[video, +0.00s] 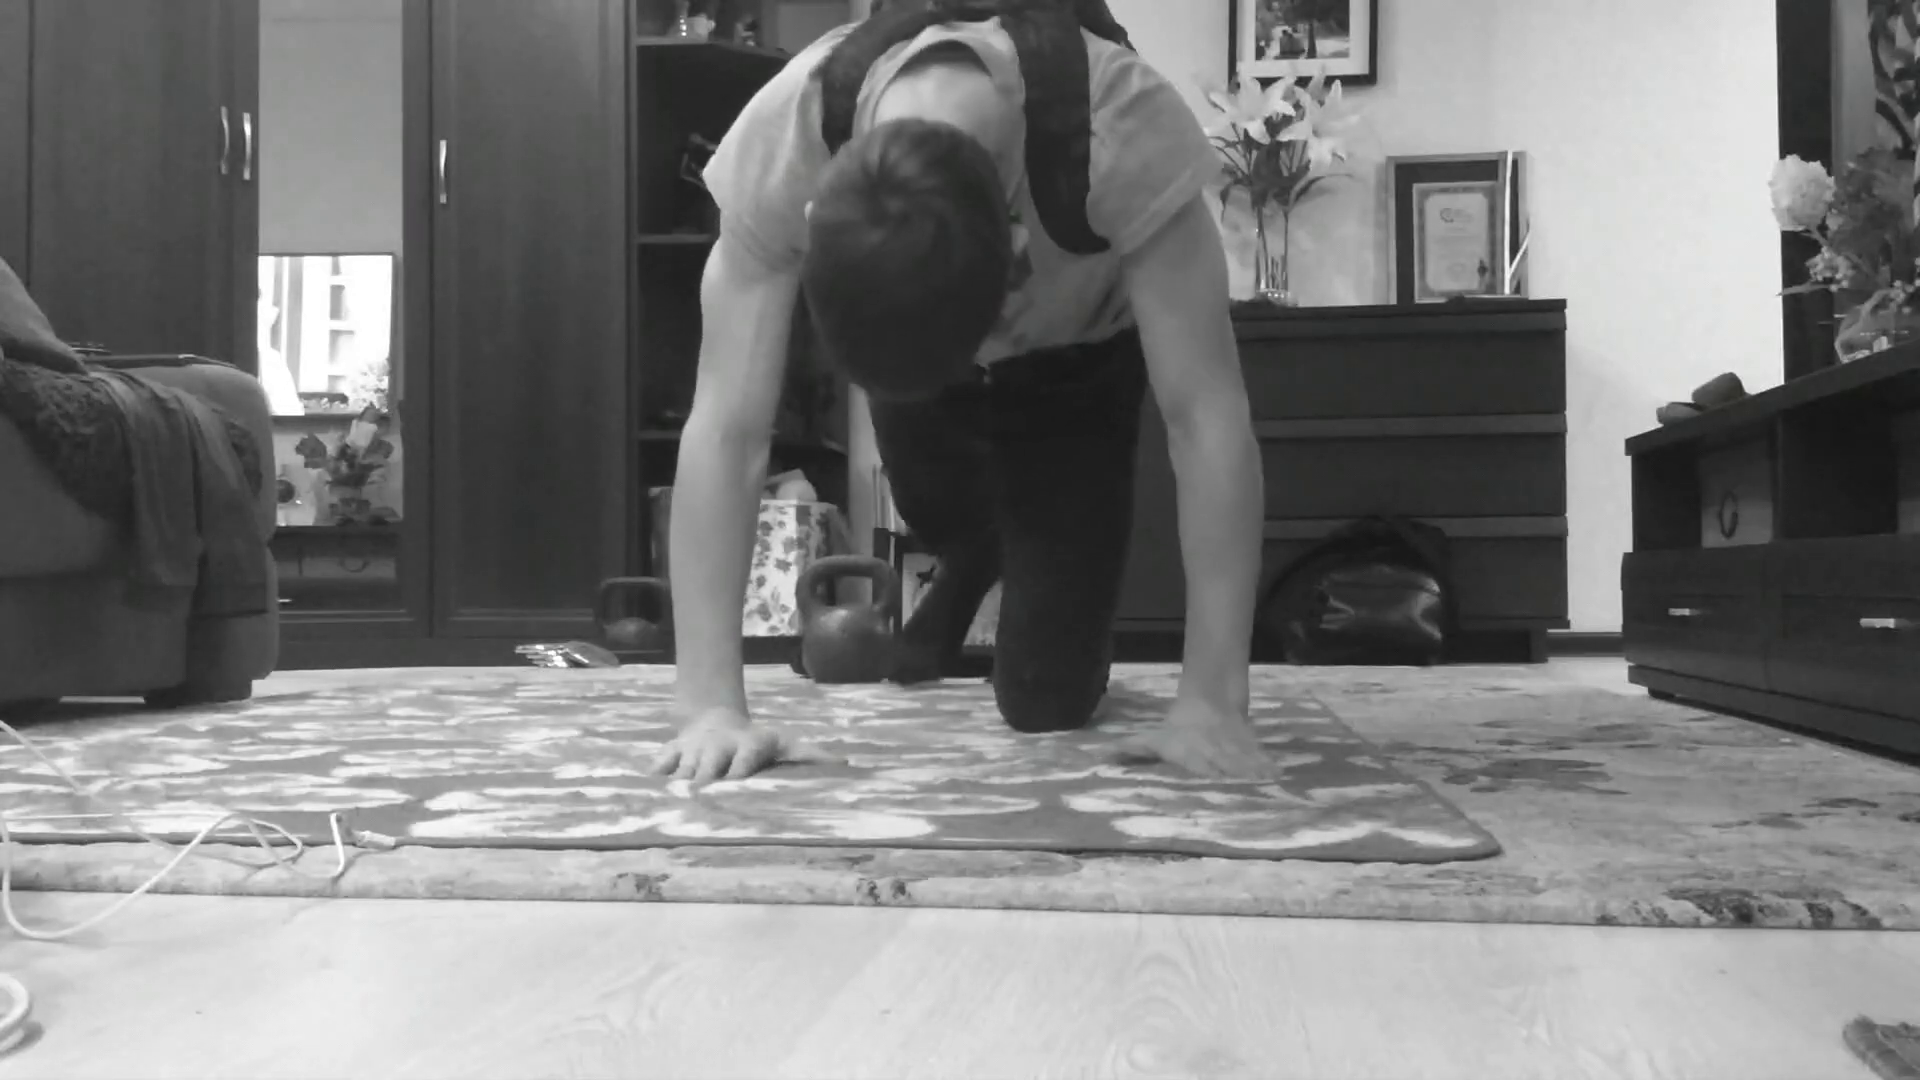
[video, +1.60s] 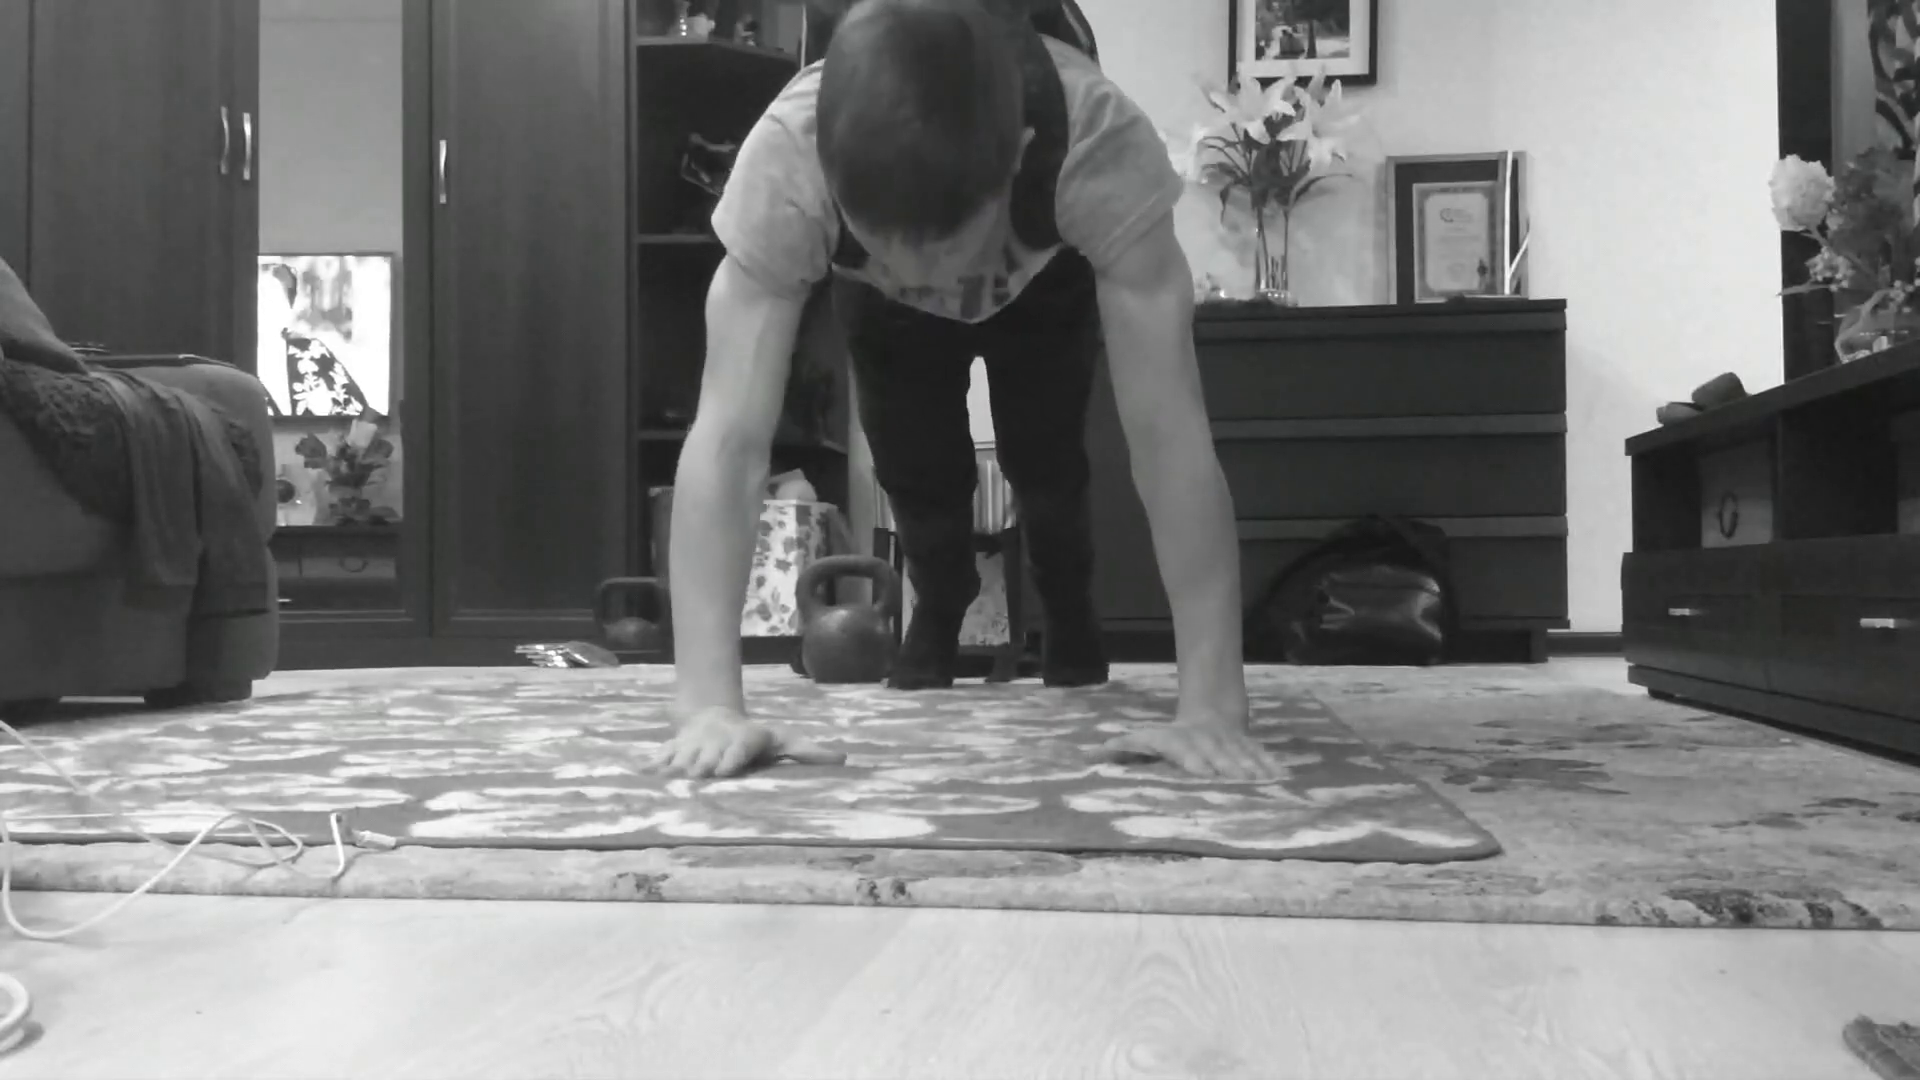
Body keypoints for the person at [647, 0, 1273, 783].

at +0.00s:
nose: (904, 399)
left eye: (927, 382)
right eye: (889, 387)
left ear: (1012, 259)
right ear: (821, 247)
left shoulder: (1126, 137)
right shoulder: (780, 153)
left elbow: (1208, 416)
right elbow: (724, 435)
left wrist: (1214, 702)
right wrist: (711, 710)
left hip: (1079, 340)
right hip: (911, 346)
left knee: (1039, 704)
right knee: (933, 511)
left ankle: (1062, 643)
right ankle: (969, 563)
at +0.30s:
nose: (928, 370)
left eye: (956, 344)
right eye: (892, 352)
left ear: (1016, 235)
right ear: (834, 244)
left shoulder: (1126, 139)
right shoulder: (783, 144)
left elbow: (1190, 433)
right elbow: (713, 434)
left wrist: (1214, 714)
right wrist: (707, 712)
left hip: (1052, 312)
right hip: (879, 318)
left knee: (1050, 683)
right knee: (913, 526)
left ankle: (1029, 627)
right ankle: (936, 592)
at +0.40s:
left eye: (960, 341)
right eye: (892, 352)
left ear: (1013, 238)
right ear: (831, 208)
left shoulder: (1125, 137)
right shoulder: (781, 144)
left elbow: (1190, 434)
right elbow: (710, 435)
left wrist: (1215, 714)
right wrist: (706, 711)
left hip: (1053, 293)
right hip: (877, 303)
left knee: (1060, 580)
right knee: (915, 532)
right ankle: (934, 591)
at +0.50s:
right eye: (887, 353)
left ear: (1014, 249)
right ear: (829, 223)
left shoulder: (1125, 139)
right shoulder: (778, 148)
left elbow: (1189, 431)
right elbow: (708, 434)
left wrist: (1215, 714)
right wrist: (706, 711)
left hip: (1055, 262)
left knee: (1065, 493)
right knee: (905, 474)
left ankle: (1032, 617)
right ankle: (934, 591)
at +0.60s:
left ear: (1020, 235)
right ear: (824, 222)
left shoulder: (1123, 142)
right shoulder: (777, 148)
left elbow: (1188, 429)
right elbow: (707, 433)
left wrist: (1215, 714)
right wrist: (707, 711)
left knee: (1048, 424)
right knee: (903, 439)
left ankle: (1028, 514)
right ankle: (938, 577)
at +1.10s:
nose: (942, 362)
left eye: (967, 347)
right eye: (906, 351)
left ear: (1034, 214)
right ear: (841, 224)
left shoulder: (1124, 148)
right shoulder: (789, 163)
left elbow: (1186, 431)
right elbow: (721, 436)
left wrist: (1214, 713)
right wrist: (707, 709)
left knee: (1047, 426)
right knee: (910, 425)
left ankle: (1048, 613)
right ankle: (933, 603)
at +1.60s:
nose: (936, 282)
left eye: (962, 257)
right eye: (901, 265)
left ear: (1020, 159)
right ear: (838, 175)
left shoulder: (1107, 158)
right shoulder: (782, 174)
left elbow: (1173, 443)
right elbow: (725, 444)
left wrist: (1213, 710)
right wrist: (710, 707)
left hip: (1044, 267)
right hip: (879, 282)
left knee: (1048, 474)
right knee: (915, 476)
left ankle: (1069, 644)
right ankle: (935, 611)